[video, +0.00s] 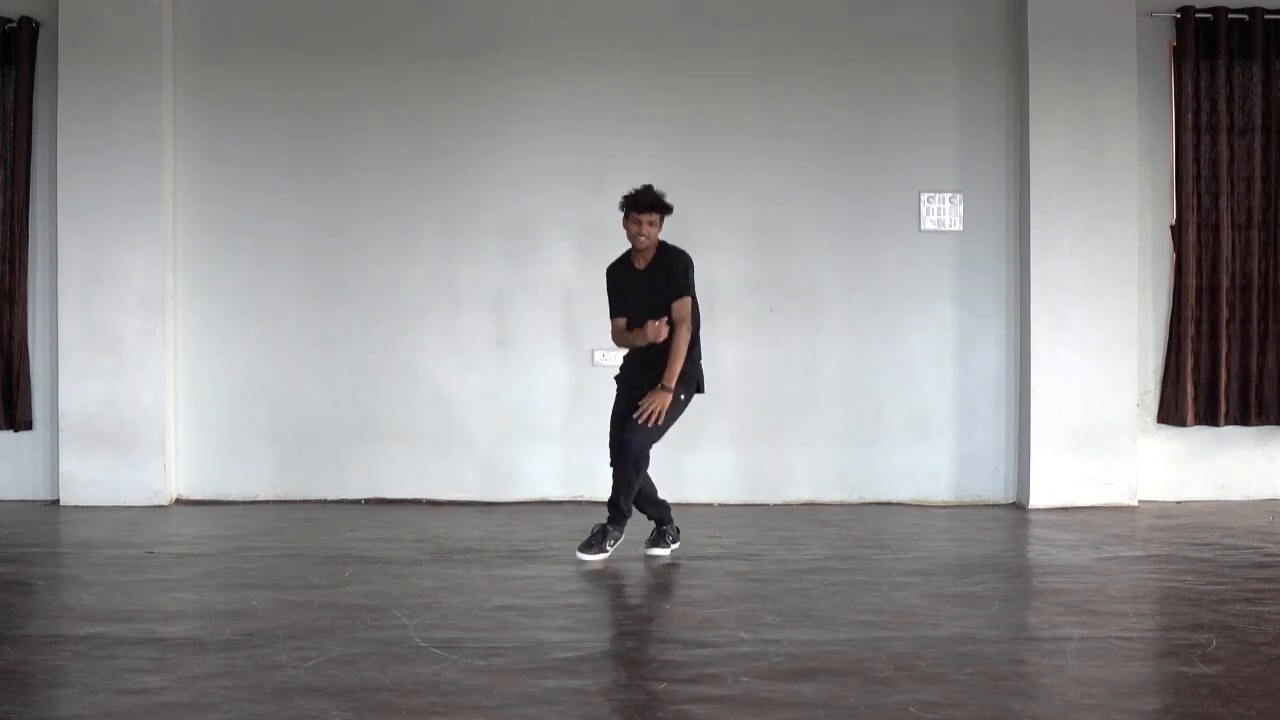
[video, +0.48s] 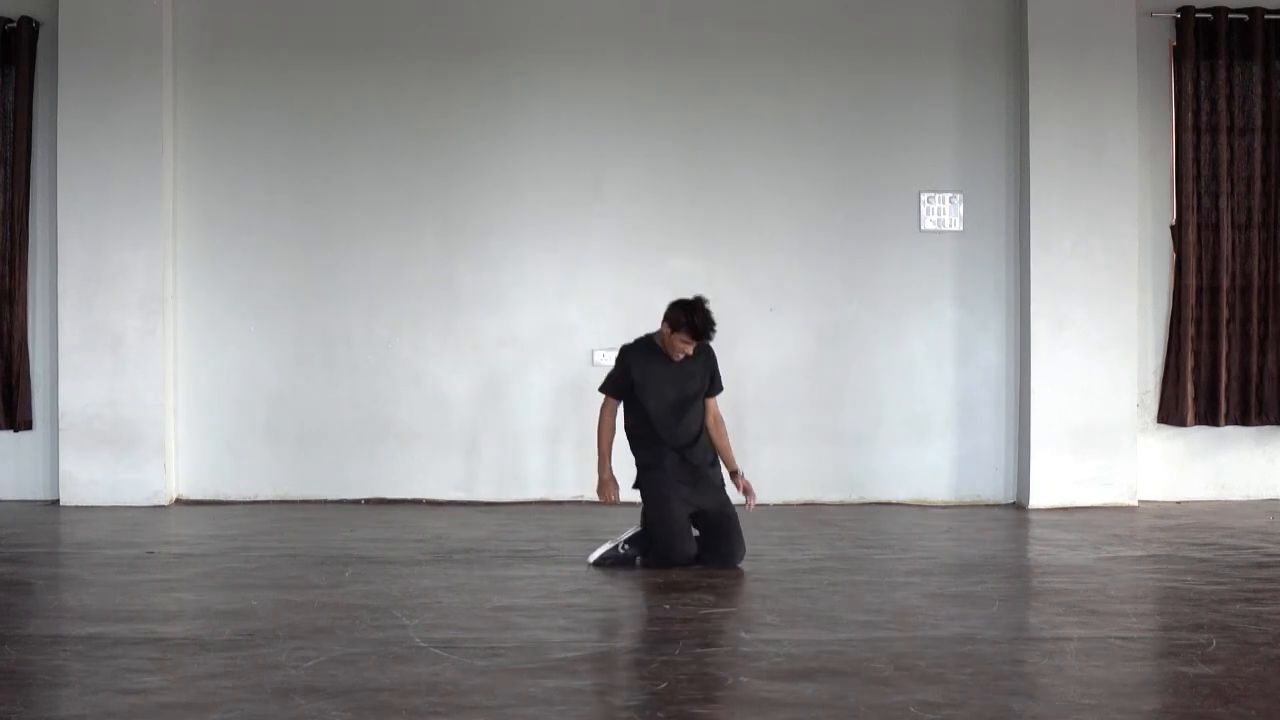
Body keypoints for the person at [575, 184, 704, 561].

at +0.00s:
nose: (643, 231)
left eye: (651, 224)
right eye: (636, 223)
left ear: (661, 226)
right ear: (625, 225)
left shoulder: (677, 263)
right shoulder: (617, 271)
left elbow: (684, 327)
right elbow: (618, 336)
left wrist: (667, 387)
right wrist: (642, 337)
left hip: (677, 371)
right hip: (635, 369)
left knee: (634, 438)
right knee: (621, 452)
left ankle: (613, 526)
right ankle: (665, 523)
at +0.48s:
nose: (689, 350)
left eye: (695, 344)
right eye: (684, 342)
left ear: (702, 340)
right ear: (665, 328)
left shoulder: (703, 355)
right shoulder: (634, 356)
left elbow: (712, 417)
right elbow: (608, 409)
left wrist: (735, 472)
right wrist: (605, 472)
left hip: (705, 476)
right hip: (661, 478)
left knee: (730, 553)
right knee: (678, 554)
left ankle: (667, 542)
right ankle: (639, 544)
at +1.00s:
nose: (658, 368)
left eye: (665, 363)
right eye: (652, 361)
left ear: (673, 357)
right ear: (635, 349)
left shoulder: (682, 367)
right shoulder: (610, 376)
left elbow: (696, 415)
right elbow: (592, 434)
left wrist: (715, 468)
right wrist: (591, 495)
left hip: (685, 478)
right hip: (639, 483)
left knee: (733, 530)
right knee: (653, 534)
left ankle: (648, 555)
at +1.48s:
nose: (652, 302)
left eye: (659, 295)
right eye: (645, 294)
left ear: (669, 291)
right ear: (632, 286)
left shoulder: (683, 309)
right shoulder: (615, 312)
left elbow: (714, 361)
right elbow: (602, 369)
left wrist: (721, 420)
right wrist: (599, 431)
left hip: (682, 395)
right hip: (638, 399)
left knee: (678, 452)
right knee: (642, 468)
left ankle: (676, 528)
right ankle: (651, 527)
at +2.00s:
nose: (668, 210)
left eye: (676, 204)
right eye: (661, 204)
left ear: (686, 211)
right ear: (649, 211)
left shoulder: (702, 253)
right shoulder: (633, 257)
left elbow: (737, 291)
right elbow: (597, 302)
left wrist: (737, 301)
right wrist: (589, 322)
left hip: (698, 370)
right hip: (653, 371)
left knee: (688, 450)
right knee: (649, 455)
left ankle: (696, 533)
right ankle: (656, 532)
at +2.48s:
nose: (661, 157)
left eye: (668, 148)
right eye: (652, 149)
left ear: (680, 152)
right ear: (641, 154)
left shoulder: (698, 187)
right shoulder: (627, 200)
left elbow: (742, 211)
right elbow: (606, 251)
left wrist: (756, 224)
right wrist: (593, 264)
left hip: (702, 323)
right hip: (648, 323)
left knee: (724, 419)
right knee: (616, 409)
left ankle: (738, 511)